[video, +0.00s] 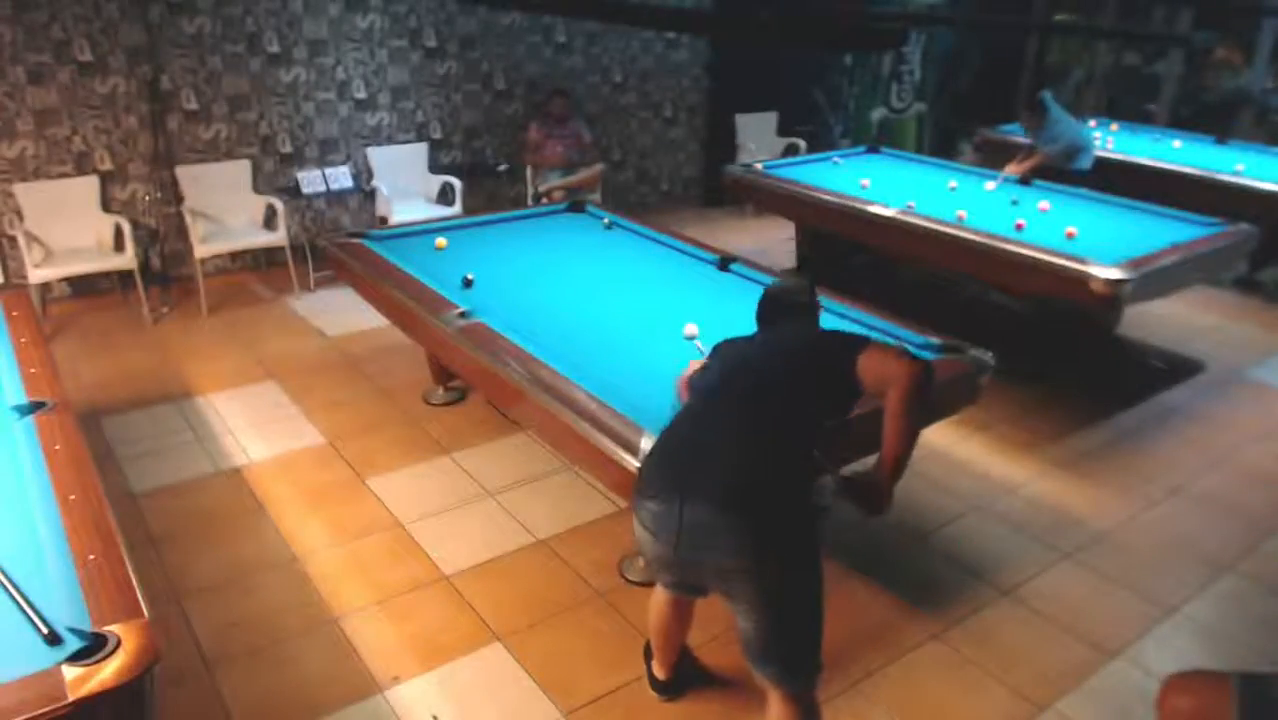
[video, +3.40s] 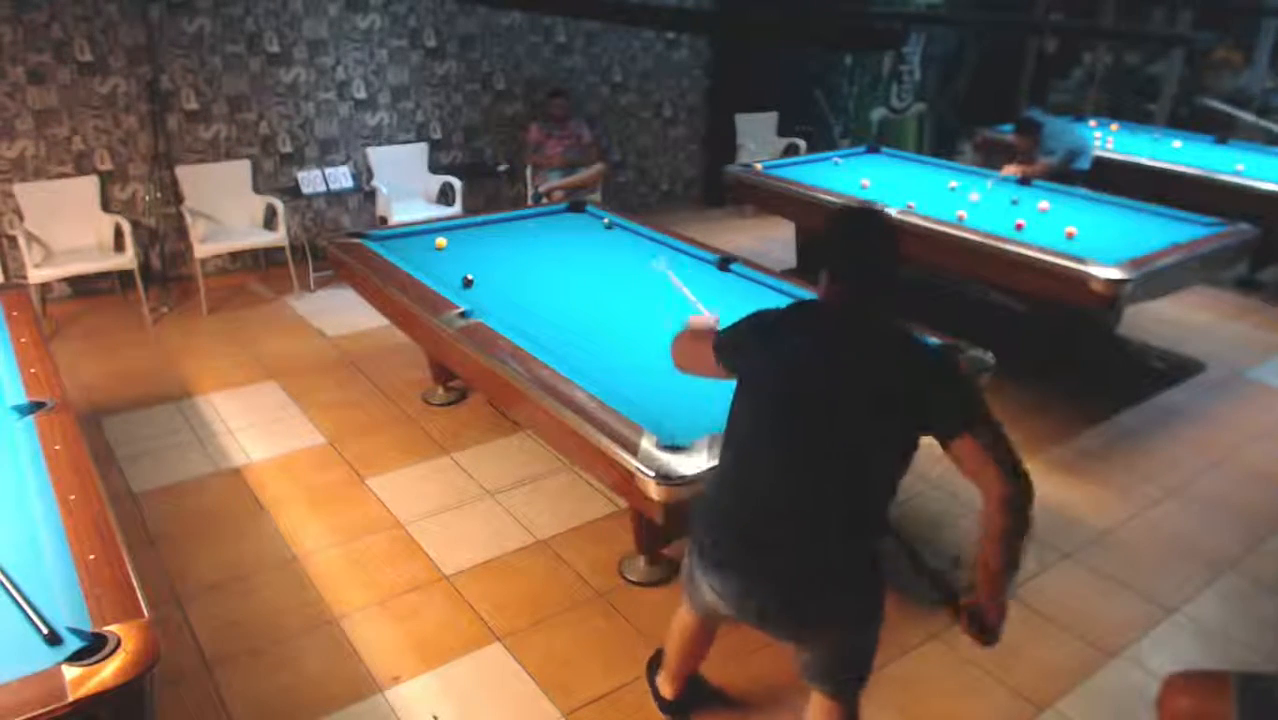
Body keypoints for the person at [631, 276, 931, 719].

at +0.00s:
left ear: (761, 317)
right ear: (813, 317)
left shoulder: (729, 349)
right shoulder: (831, 348)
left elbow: (687, 385)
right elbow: (906, 372)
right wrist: (884, 477)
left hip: (659, 496)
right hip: (750, 510)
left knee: (673, 581)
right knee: (786, 683)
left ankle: (665, 671)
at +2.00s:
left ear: (761, 361)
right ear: (814, 363)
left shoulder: (724, 387)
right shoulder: (834, 386)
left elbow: (679, 405)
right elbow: (916, 391)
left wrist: (702, 366)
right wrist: (881, 497)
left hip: (650, 518)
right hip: (746, 531)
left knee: (672, 585)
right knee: (791, 687)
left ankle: (663, 671)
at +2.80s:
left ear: (761, 359)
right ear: (814, 361)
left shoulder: (726, 387)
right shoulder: (835, 386)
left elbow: (683, 406)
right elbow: (913, 404)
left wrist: (702, 366)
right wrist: (888, 510)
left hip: (655, 517)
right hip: (750, 534)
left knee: (671, 583)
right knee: (798, 682)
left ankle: (664, 671)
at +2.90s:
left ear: (766, 346)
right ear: (819, 347)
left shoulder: (730, 373)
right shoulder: (844, 381)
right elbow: (920, 415)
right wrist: (895, 517)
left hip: (658, 522)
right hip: (751, 542)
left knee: (672, 584)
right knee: (803, 679)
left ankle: (664, 672)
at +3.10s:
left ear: (782, 307)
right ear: (839, 314)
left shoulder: (747, 346)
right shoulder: (870, 371)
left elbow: (688, 387)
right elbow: (953, 439)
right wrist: (921, 538)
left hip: (686, 519)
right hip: (781, 547)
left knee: (677, 589)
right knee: (815, 673)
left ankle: (663, 672)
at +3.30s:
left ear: (814, 277)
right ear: (884, 281)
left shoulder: (771, 336)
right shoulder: (908, 366)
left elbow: (687, 378)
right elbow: (994, 481)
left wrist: (723, 355)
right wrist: (961, 518)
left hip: (725, 562)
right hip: (829, 586)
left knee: (694, 611)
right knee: (832, 696)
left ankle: (666, 677)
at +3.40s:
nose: (817, 281)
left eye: (818, 270)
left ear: (823, 275)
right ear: (892, 276)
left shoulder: (777, 331)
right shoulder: (923, 367)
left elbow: (686, 353)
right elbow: (1007, 487)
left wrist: (700, 327)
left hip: (728, 559)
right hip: (831, 587)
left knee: (699, 606)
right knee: (833, 695)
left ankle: (669, 686)